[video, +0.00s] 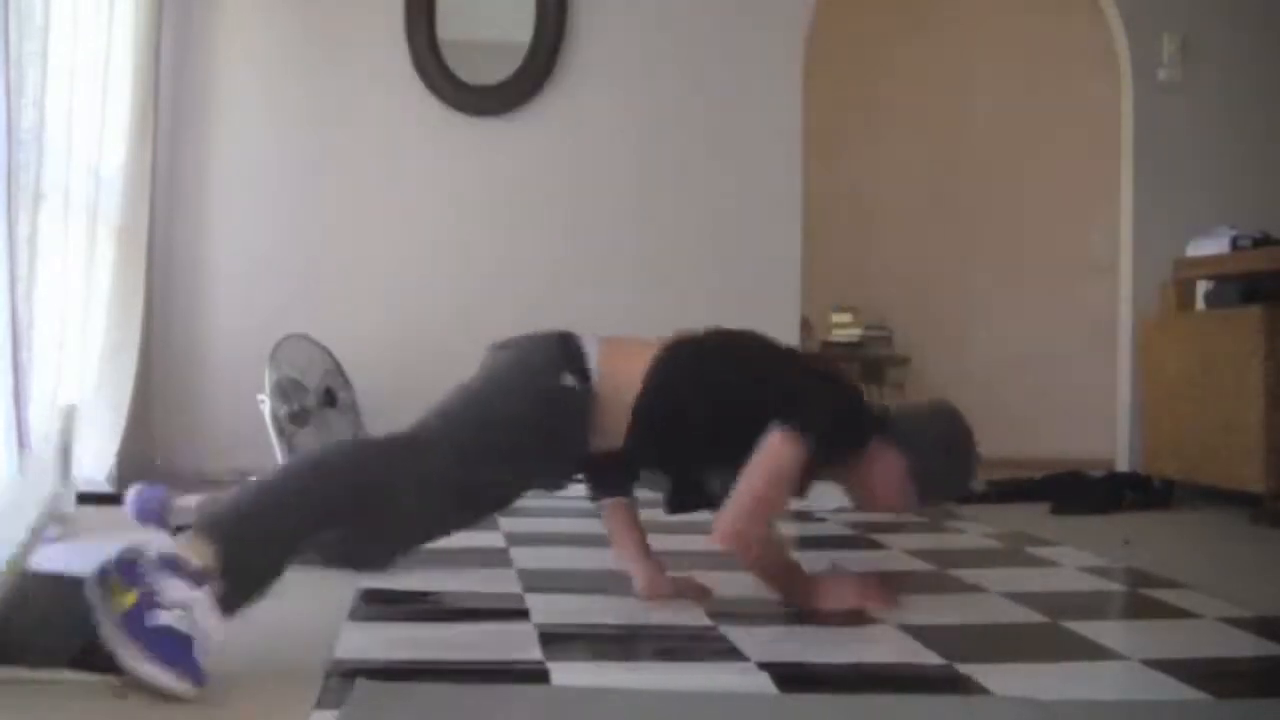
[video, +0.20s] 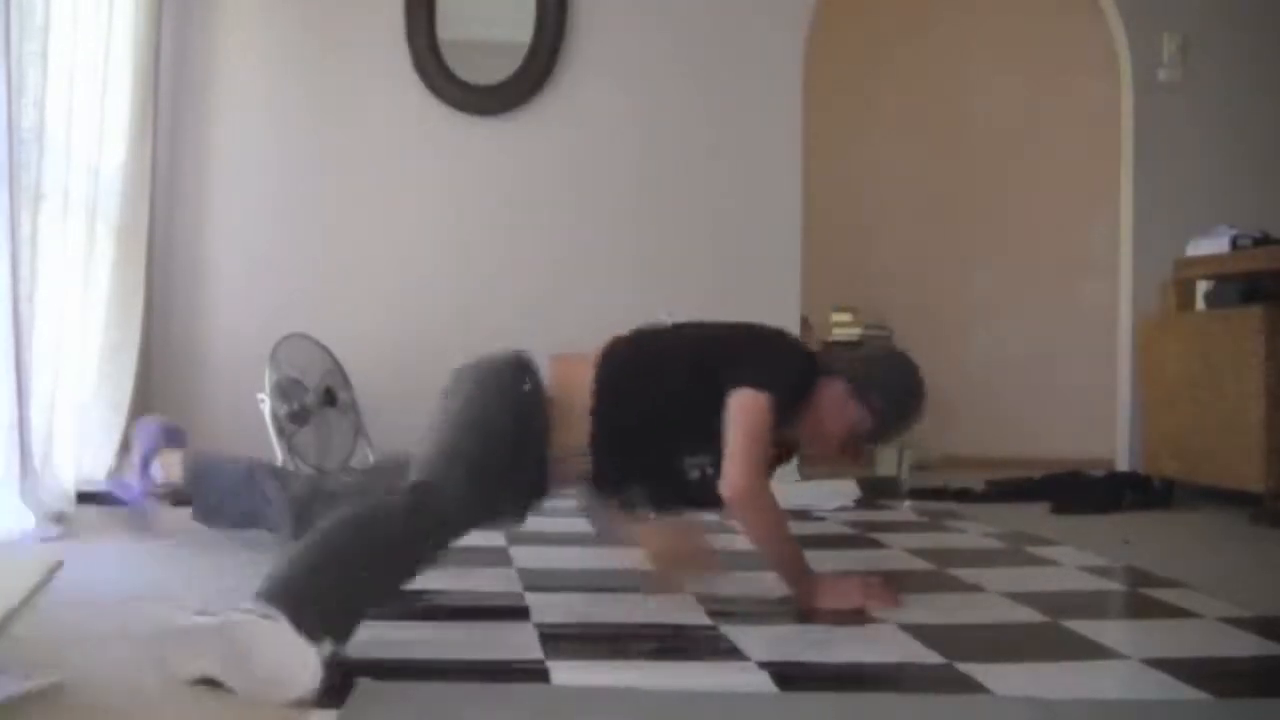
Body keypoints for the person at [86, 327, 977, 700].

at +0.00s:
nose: (893, 511)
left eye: (911, 507)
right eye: (908, 499)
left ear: (889, 462)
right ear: (896, 453)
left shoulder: (786, 403)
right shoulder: (828, 406)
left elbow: (616, 451)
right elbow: (744, 529)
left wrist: (646, 569)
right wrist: (811, 594)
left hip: (559, 425)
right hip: (560, 387)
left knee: (383, 530)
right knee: (394, 470)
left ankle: (192, 528)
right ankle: (191, 557)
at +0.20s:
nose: (848, 457)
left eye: (864, 449)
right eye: (861, 437)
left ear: (846, 418)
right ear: (845, 392)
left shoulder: (753, 415)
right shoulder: (773, 363)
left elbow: (616, 475)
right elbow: (744, 489)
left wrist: (652, 538)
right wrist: (810, 589)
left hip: (526, 463)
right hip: (515, 399)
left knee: (360, 506)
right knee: (427, 509)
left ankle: (180, 471)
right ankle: (279, 632)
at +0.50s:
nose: (766, 443)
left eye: (781, 443)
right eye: (774, 424)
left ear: (781, 443)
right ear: (761, 396)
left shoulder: (705, 491)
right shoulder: (698, 397)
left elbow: (596, 562)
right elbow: (701, 513)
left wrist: (667, 564)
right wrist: (811, 591)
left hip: (501, 533)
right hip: (498, 448)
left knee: (334, 544)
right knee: (399, 506)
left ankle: (110, 525)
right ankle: (220, 580)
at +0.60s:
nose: (751, 435)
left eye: (767, 437)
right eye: (759, 416)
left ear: (771, 447)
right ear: (748, 395)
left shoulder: (703, 493)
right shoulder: (680, 402)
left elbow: (603, 560)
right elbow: (692, 524)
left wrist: (658, 563)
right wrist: (807, 588)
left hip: (494, 532)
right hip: (488, 451)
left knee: (341, 559)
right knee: (355, 504)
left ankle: (146, 536)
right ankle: (170, 569)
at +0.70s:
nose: (731, 418)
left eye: (747, 416)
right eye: (737, 400)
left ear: (751, 427)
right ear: (718, 382)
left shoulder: (690, 479)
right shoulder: (658, 401)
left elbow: (621, 556)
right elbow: (688, 516)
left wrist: (684, 580)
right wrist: (805, 591)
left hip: (486, 532)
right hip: (469, 450)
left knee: (390, 575)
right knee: (314, 488)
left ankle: (249, 553)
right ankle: (114, 538)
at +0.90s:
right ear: (918, 430)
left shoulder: (798, 439)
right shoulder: (906, 416)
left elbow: (750, 479)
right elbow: (968, 463)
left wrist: (749, 578)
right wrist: (917, 565)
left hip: (685, 349)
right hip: (745, 363)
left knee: (480, 357)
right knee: (647, 563)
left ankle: (535, 159)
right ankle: (493, 398)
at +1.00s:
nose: (836, 507)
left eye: (836, 504)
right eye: (857, 502)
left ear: (833, 483)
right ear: (870, 477)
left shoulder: (784, 461)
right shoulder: (880, 429)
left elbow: (759, 504)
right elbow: (960, 452)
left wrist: (748, 579)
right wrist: (913, 565)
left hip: (705, 356)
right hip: (766, 368)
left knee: (502, 301)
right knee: (666, 556)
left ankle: (570, 112)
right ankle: (545, 359)